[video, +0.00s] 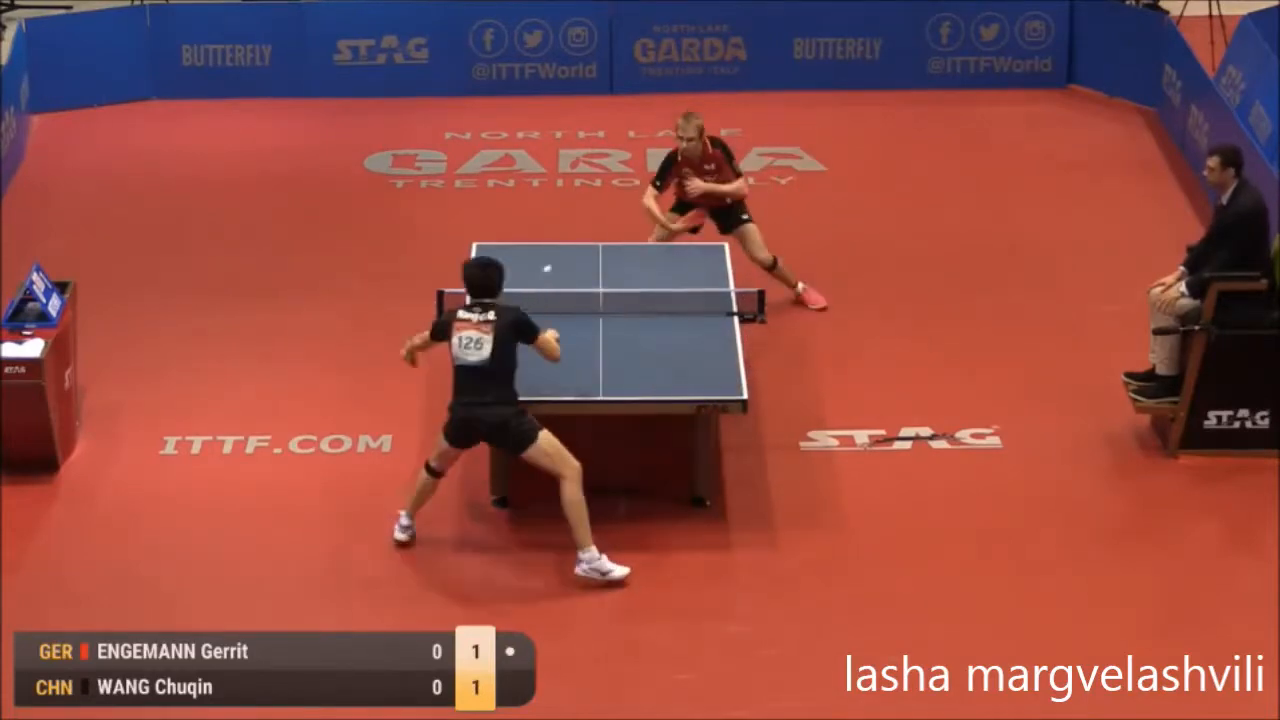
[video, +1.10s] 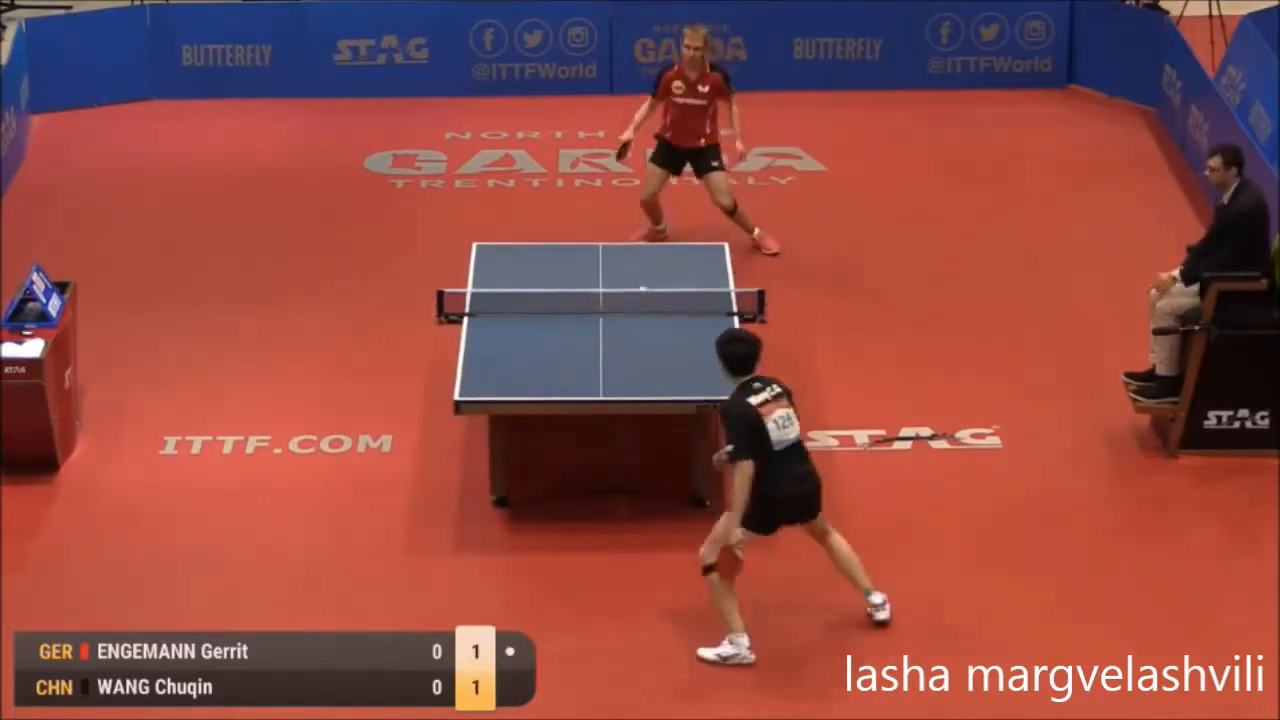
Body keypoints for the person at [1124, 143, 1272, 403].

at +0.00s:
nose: (1205, 174)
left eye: (1211, 169)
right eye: (1206, 168)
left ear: (1230, 172)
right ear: (1222, 172)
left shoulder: (1246, 206)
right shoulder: (1229, 199)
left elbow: (1227, 263)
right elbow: (1209, 244)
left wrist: (1184, 288)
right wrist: (1179, 274)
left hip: (1238, 291)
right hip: (1221, 279)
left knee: (1166, 305)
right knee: (1156, 295)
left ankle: (1169, 378)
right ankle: (1160, 369)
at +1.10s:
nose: (1207, 175)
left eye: (1213, 169)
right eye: (1207, 169)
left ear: (1232, 170)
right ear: (1225, 172)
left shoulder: (1245, 205)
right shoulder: (1231, 199)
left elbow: (1221, 257)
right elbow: (1210, 244)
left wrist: (1178, 279)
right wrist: (1177, 272)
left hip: (1236, 288)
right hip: (1222, 278)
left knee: (1165, 307)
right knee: (1157, 296)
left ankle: (1168, 378)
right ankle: (1160, 369)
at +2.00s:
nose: (1208, 173)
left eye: (1215, 168)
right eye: (1209, 167)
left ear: (1233, 174)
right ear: (1225, 174)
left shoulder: (1249, 206)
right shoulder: (1225, 201)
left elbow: (1229, 265)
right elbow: (1204, 241)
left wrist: (1183, 288)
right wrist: (1173, 274)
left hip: (1241, 292)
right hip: (1222, 281)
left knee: (1168, 307)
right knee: (1158, 297)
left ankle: (1168, 379)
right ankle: (1159, 370)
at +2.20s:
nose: (1208, 174)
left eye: (1214, 169)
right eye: (1208, 168)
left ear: (1233, 173)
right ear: (1224, 173)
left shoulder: (1248, 206)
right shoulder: (1226, 200)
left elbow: (1229, 264)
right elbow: (1204, 240)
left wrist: (1184, 288)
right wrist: (1173, 274)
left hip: (1241, 292)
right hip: (1222, 280)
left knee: (1168, 307)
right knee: (1158, 296)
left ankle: (1168, 379)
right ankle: (1159, 370)